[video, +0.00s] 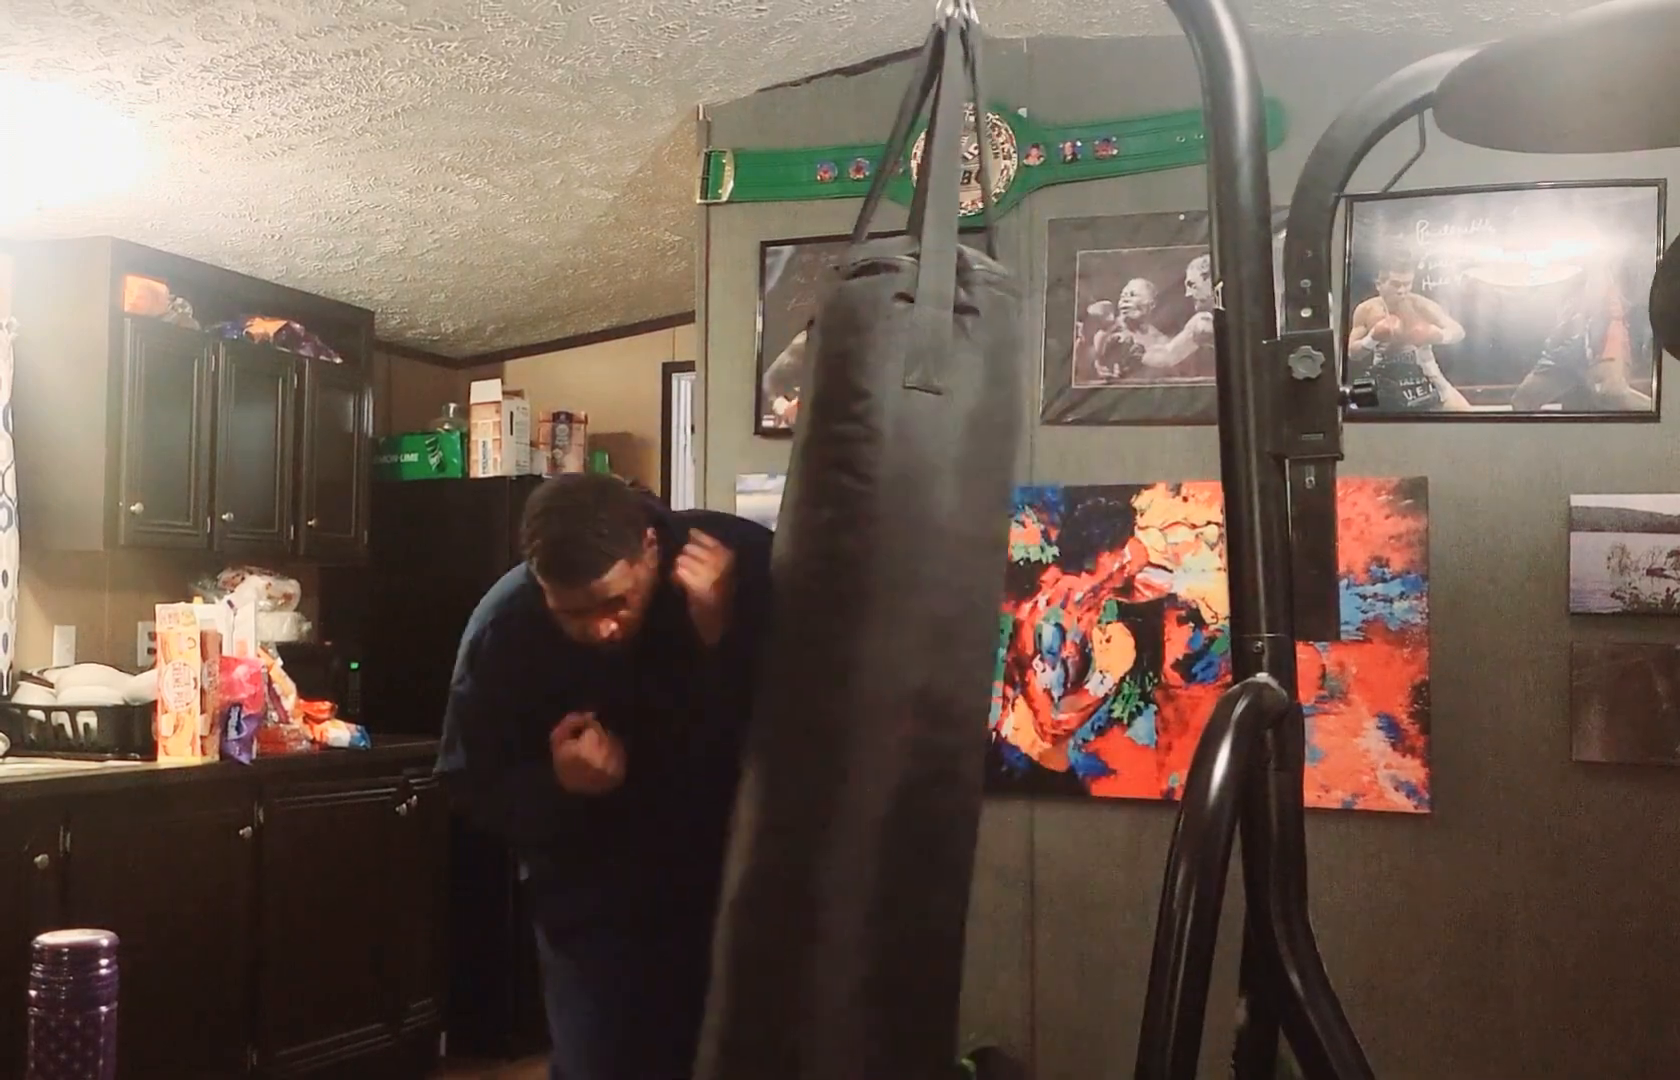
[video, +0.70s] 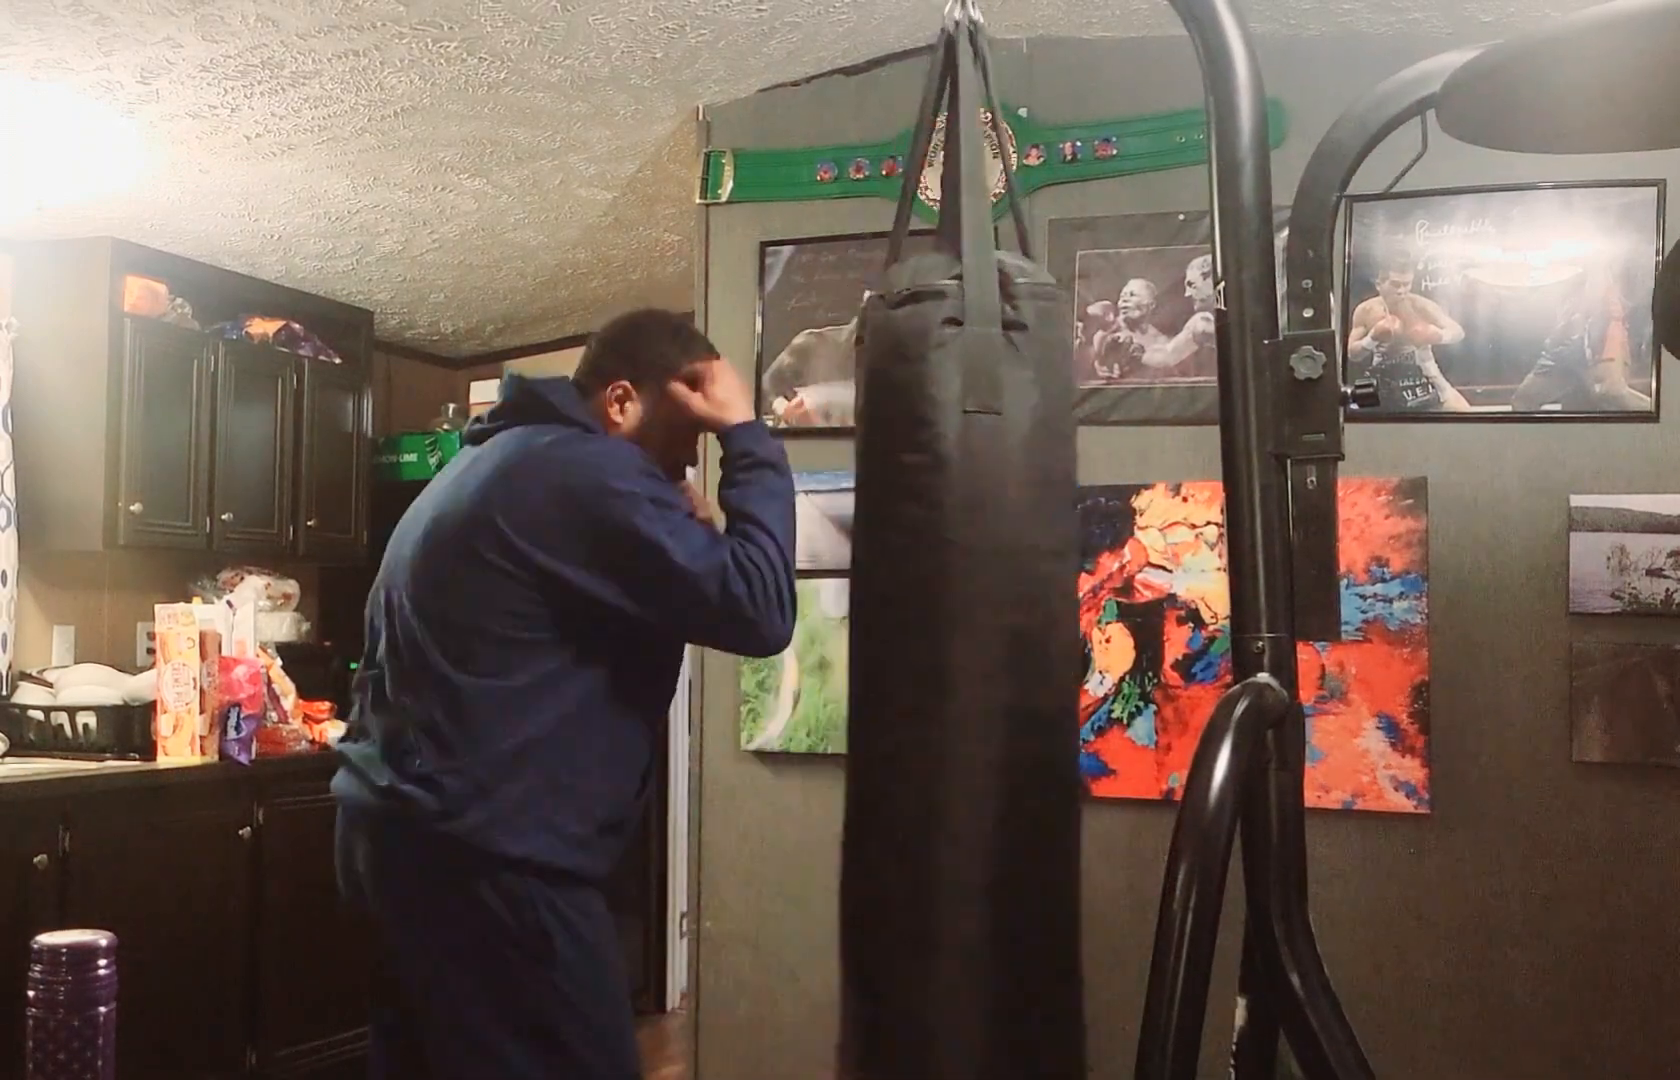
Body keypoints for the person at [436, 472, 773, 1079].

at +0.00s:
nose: (597, 630)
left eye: (615, 606)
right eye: (573, 615)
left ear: (651, 550)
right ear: (541, 583)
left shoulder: (746, 568)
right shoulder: (504, 630)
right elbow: (468, 783)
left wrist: (722, 632)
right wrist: (556, 781)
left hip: (720, 873)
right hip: (586, 892)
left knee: (715, 1055)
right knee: (596, 1060)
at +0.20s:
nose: (617, 575)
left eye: (634, 546)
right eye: (587, 556)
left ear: (657, 504)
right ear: (532, 522)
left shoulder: (728, 539)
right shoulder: (476, 601)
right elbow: (443, 799)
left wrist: (731, 632)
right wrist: (551, 733)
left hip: (671, 857)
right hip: (536, 881)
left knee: (675, 1054)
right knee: (567, 1060)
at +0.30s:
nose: (657, 523)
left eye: (670, 493)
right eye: (629, 503)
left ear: (682, 460)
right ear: (560, 479)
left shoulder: (704, 511)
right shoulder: (485, 572)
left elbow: (745, 701)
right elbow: (491, 794)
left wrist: (726, 623)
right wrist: (605, 640)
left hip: (632, 854)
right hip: (517, 866)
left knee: (646, 1059)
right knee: (564, 1063)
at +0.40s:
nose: (685, 471)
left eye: (696, 448)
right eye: (662, 449)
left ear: (706, 427)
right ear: (584, 426)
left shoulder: (625, 510)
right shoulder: (513, 535)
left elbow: (718, 669)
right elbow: (622, 740)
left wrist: (724, 581)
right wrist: (672, 545)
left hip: (581, 866)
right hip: (510, 882)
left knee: (597, 1054)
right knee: (562, 1064)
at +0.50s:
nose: (692, 447)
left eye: (699, 423)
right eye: (682, 418)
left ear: (607, 395)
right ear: (611, 394)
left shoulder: (567, 469)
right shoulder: (544, 489)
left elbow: (698, 624)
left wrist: (699, 467)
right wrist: (723, 460)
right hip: (506, 876)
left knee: (542, 1061)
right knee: (568, 1065)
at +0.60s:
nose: (716, 424)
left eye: (722, 403)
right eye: (705, 395)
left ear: (619, 386)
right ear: (624, 386)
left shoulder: (520, 449)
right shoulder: (578, 466)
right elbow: (751, 611)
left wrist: (693, 510)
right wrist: (749, 426)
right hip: (508, 859)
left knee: (498, 1061)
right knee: (573, 1062)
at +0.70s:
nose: (690, 450)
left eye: (698, 427)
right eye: (685, 424)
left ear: (611, 398)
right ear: (619, 403)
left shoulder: (503, 456)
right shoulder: (581, 472)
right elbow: (758, 608)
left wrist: (683, 528)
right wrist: (748, 432)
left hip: (406, 835)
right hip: (496, 863)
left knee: (432, 1058)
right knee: (587, 1062)